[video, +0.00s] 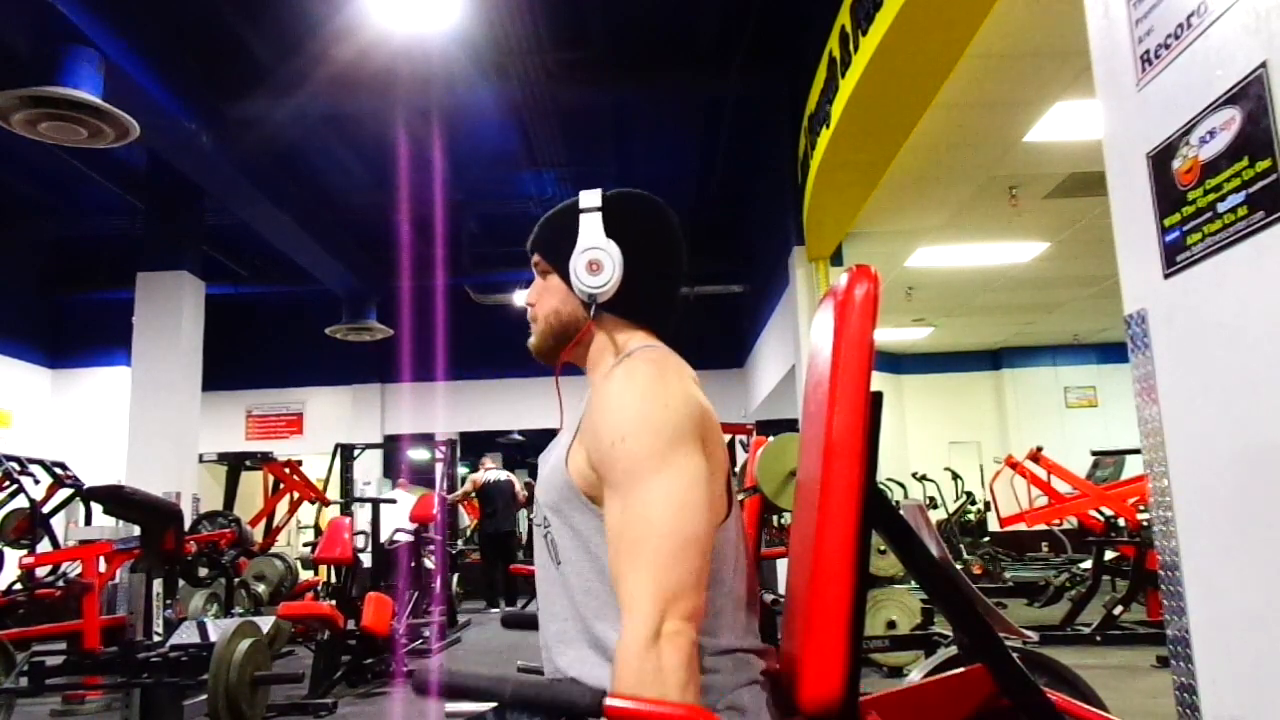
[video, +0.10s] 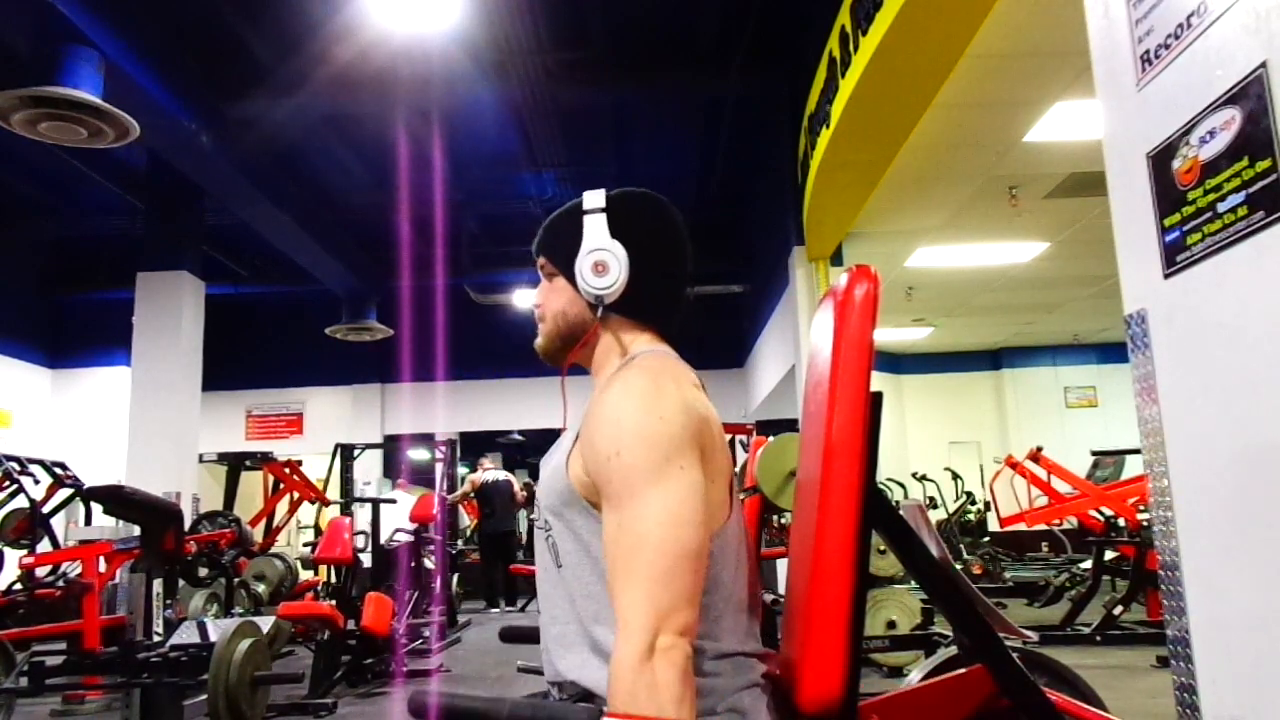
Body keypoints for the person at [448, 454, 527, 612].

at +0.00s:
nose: (479, 469)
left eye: (480, 467)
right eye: (481, 467)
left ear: (481, 466)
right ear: (496, 465)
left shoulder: (476, 476)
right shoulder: (510, 476)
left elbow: (463, 493)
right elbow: (522, 498)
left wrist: (449, 499)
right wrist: (511, 510)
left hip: (488, 529)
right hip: (508, 529)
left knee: (490, 567)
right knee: (510, 566)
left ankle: (493, 604)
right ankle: (511, 603)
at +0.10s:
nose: (478, 469)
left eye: (478, 467)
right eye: (479, 467)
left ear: (480, 467)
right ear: (494, 465)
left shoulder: (474, 477)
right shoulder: (509, 476)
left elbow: (463, 494)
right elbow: (520, 499)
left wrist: (450, 499)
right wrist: (511, 511)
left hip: (488, 530)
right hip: (508, 529)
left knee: (489, 567)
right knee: (510, 566)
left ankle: (493, 604)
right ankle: (511, 603)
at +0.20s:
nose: (476, 470)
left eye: (476, 467)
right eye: (478, 467)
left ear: (478, 467)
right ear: (492, 465)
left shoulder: (473, 477)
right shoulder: (507, 476)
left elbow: (461, 495)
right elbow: (519, 498)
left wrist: (449, 499)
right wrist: (511, 510)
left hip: (487, 530)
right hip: (507, 529)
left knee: (489, 567)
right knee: (509, 566)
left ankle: (493, 604)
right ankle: (511, 603)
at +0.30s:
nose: (475, 469)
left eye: (475, 466)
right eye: (476, 466)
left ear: (477, 467)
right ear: (491, 465)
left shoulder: (473, 477)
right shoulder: (506, 476)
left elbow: (460, 495)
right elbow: (518, 499)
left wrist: (449, 500)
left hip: (485, 530)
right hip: (506, 529)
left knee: (488, 566)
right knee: (504, 565)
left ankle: (493, 604)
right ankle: (504, 600)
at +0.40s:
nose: (473, 471)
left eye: (474, 469)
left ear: (476, 468)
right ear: (491, 466)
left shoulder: (472, 478)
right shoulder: (505, 475)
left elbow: (459, 496)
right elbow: (518, 499)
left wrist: (445, 501)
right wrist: (522, 494)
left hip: (484, 530)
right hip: (506, 529)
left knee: (488, 568)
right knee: (506, 567)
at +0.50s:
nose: (474, 469)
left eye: (474, 467)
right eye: (475, 466)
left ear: (475, 467)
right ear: (490, 465)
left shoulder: (471, 478)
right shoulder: (505, 476)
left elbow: (456, 498)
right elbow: (517, 500)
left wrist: (448, 501)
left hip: (484, 530)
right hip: (505, 530)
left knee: (486, 567)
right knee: (507, 567)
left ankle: (492, 604)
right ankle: (511, 602)